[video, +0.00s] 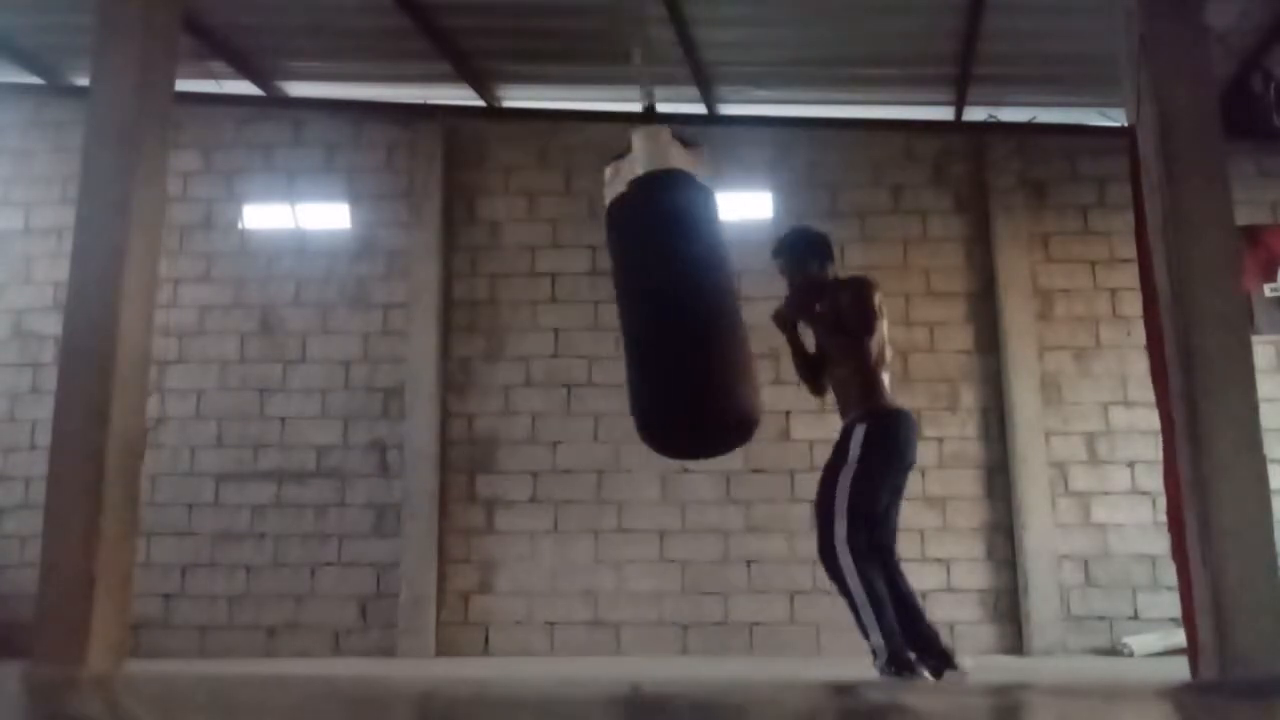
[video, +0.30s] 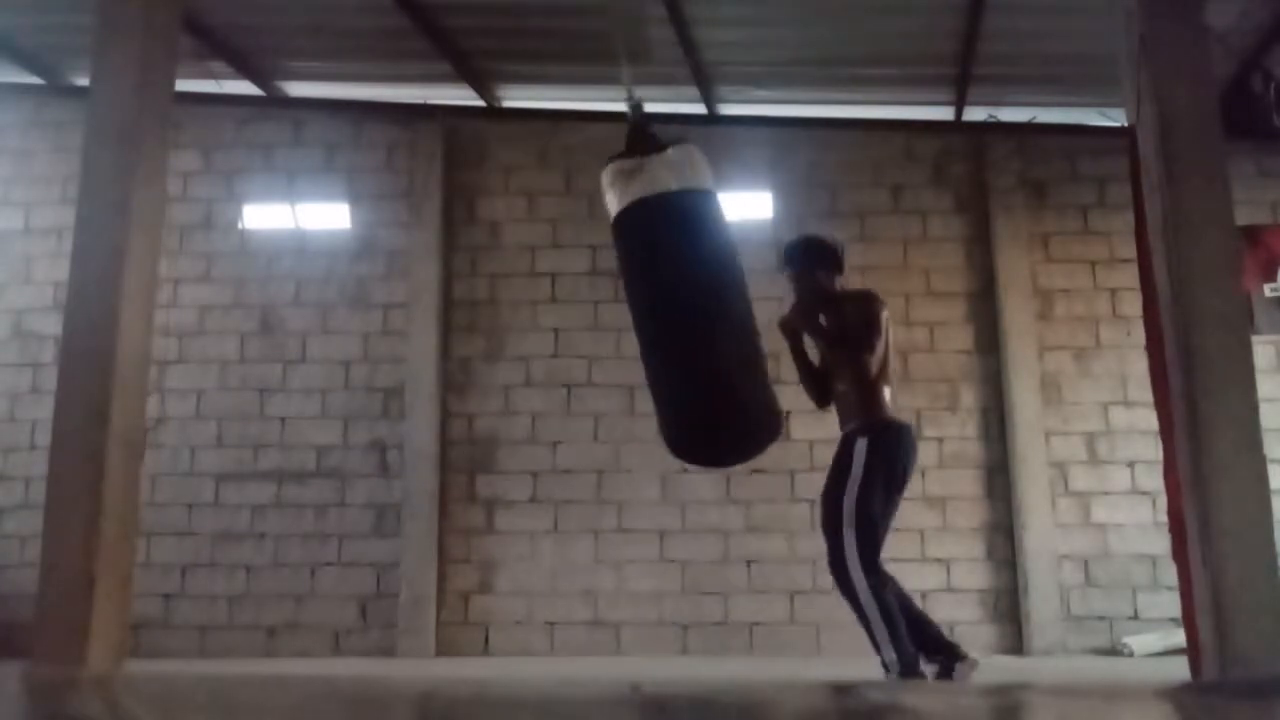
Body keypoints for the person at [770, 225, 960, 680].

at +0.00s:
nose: (784, 283)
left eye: (787, 271)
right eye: (782, 273)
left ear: (813, 265)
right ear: (812, 267)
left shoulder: (856, 290)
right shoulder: (823, 313)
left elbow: (868, 353)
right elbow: (816, 382)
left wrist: (818, 314)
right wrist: (791, 334)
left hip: (872, 430)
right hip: (886, 430)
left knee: (840, 544)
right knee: (876, 549)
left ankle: (896, 664)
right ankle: (933, 657)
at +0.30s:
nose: (791, 287)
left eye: (795, 276)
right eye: (790, 278)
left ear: (821, 274)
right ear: (818, 277)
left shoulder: (863, 303)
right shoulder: (832, 325)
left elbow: (866, 365)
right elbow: (820, 395)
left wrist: (814, 327)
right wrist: (794, 338)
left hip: (874, 442)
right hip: (876, 443)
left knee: (850, 561)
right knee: (858, 564)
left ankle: (904, 669)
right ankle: (945, 656)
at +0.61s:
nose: (787, 315)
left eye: (791, 303)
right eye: (785, 305)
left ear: (817, 300)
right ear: (814, 304)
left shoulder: (857, 327)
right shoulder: (828, 347)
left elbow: (855, 393)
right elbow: (817, 419)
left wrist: (803, 354)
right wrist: (785, 367)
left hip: (873, 466)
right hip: (882, 466)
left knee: (823, 573)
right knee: (857, 580)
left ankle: (905, 672)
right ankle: (913, 675)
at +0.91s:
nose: (777, 297)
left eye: (784, 286)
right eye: (775, 287)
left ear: (809, 286)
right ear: (777, 290)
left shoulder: (843, 325)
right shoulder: (787, 338)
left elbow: (851, 370)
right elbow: (763, 406)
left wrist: (798, 340)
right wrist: (754, 352)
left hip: (844, 460)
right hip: (823, 462)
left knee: (807, 566)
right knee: (843, 581)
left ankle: (769, 678)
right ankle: (909, 679)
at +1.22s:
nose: (700, 323)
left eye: (704, 314)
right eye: (700, 314)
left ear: (722, 313)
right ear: (733, 314)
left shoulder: (774, 343)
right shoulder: (720, 358)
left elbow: (794, 403)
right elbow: (714, 432)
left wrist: (731, 367)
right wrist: (692, 391)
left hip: (790, 473)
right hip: (783, 475)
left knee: (725, 575)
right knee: (779, 597)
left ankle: (735, 692)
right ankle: (889, 669)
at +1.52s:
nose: (643, 308)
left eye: (647, 295)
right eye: (640, 297)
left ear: (673, 288)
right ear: (666, 294)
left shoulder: (719, 320)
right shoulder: (683, 339)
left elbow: (706, 397)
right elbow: (676, 407)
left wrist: (649, 355)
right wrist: (645, 356)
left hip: (748, 453)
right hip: (731, 454)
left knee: (703, 555)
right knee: (693, 557)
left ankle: (730, 678)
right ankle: (726, 676)